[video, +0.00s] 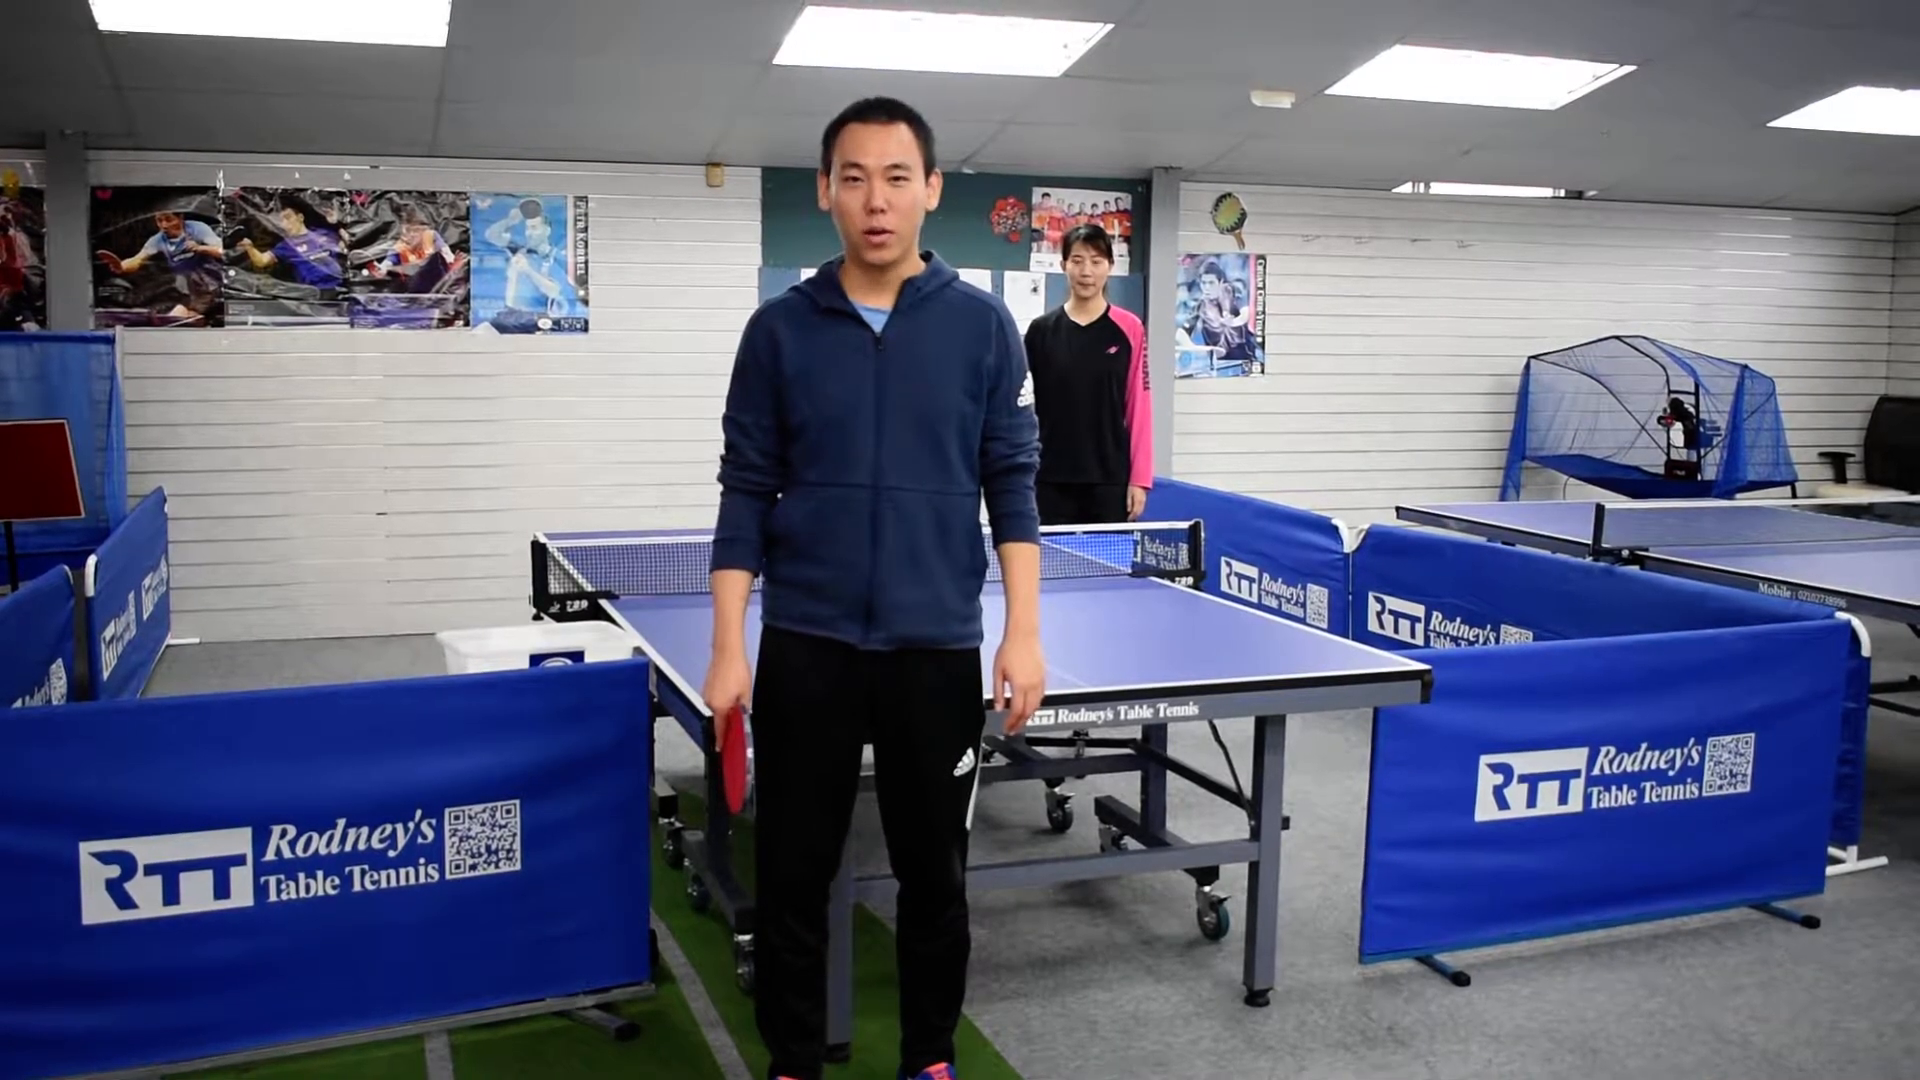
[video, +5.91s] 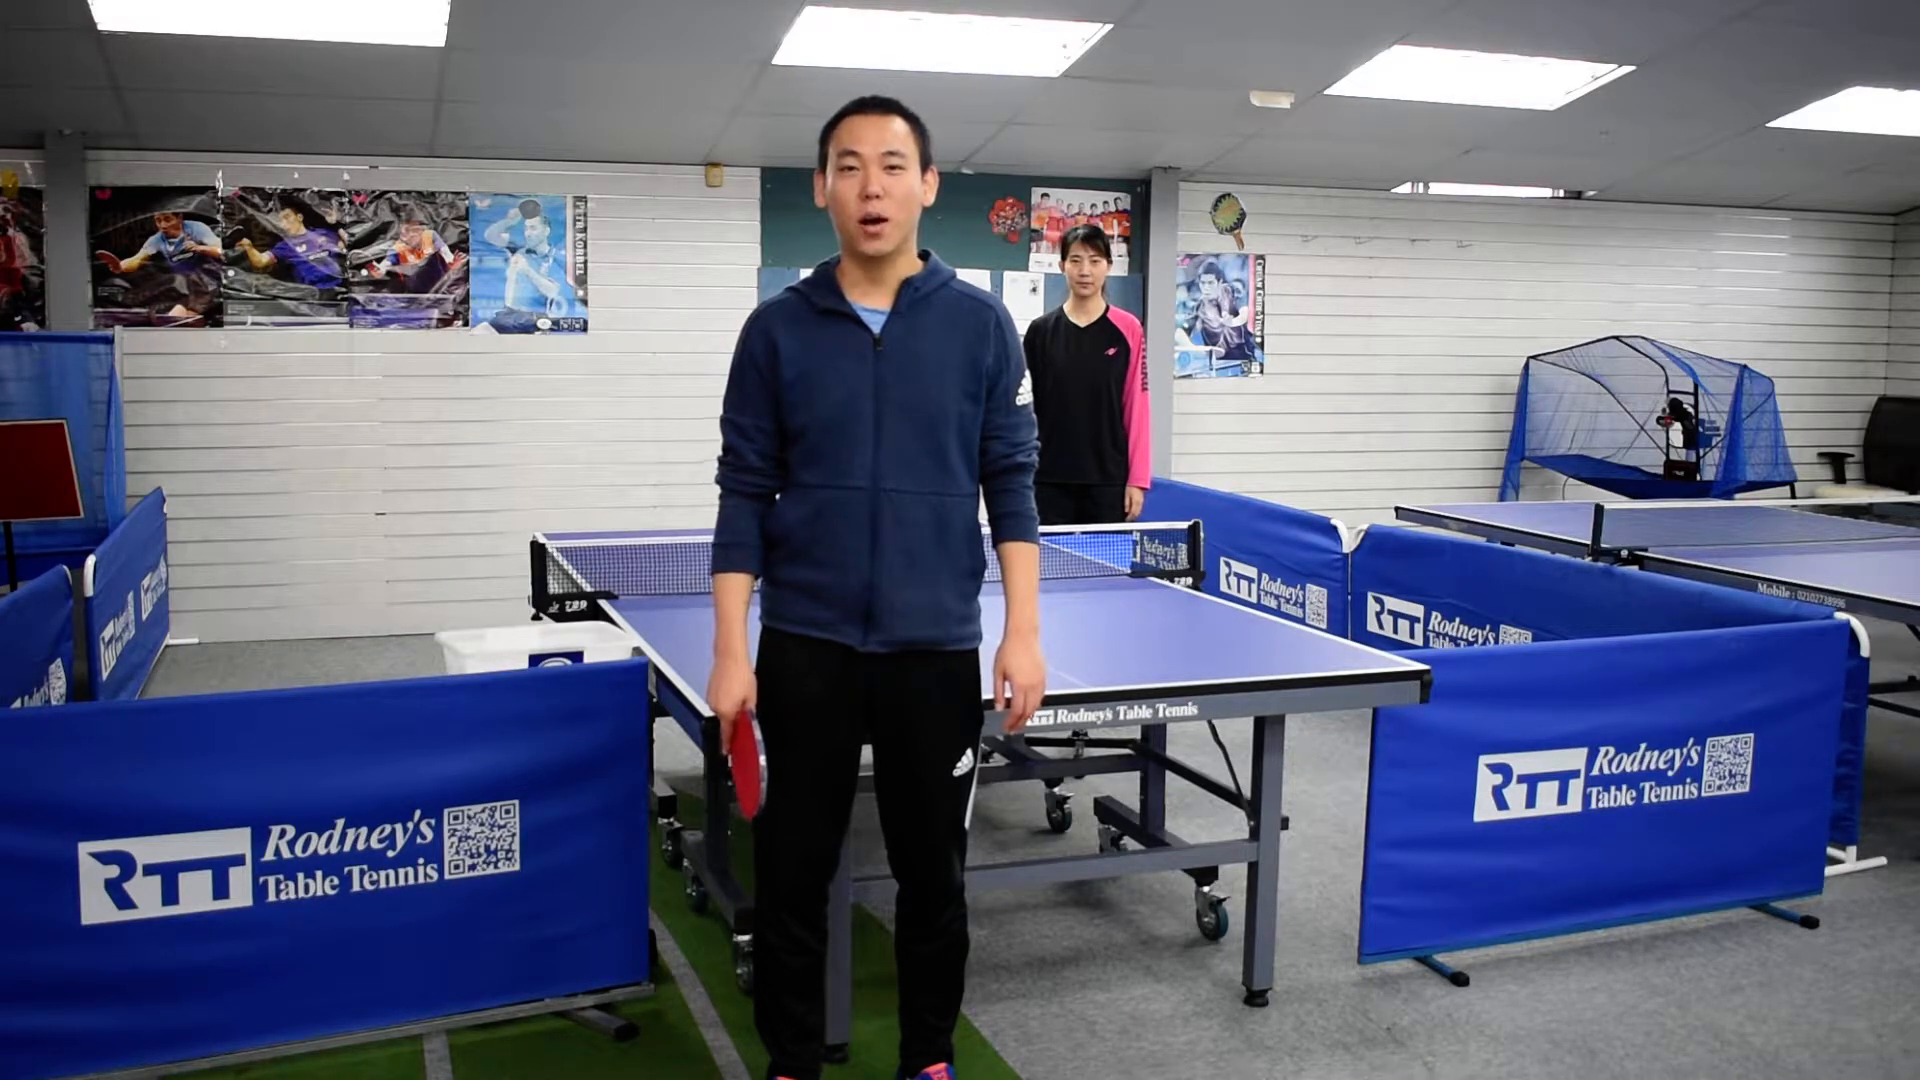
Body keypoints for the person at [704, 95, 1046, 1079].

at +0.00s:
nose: (876, 198)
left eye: (897, 178)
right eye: (855, 179)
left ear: (929, 194)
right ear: (827, 195)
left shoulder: (981, 326)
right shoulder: (780, 329)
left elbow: (1014, 483)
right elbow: (744, 489)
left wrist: (1024, 630)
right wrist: (727, 645)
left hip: (936, 646)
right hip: (807, 644)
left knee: (933, 876)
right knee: (791, 877)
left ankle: (930, 1061)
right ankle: (792, 1062)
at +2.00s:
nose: (866, 187)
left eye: (888, 167)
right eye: (845, 169)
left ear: (923, 188)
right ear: (820, 193)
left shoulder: (979, 326)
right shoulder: (776, 330)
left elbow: (1012, 484)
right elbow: (741, 491)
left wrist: (1021, 633)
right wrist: (728, 649)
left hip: (932, 645)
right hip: (805, 644)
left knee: (931, 874)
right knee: (789, 876)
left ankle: (930, 1061)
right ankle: (791, 1062)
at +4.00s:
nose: (866, 186)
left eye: (888, 166)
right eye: (845, 167)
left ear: (923, 188)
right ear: (820, 191)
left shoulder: (978, 325)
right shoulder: (775, 329)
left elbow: (1011, 482)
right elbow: (740, 490)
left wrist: (1022, 631)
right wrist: (728, 651)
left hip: (932, 644)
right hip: (804, 642)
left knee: (931, 871)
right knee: (789, 873)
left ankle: (929, 1060)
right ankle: (790, 1061)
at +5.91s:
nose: (870, 187)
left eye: (892, 167)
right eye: (849, 167)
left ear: (927, 189)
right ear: (823, 191)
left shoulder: (980, 325)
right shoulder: (777, 329)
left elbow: (1013, 482)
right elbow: (742, 490)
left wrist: (1023, 631)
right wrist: (730, 650)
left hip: (935, 644)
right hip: (806, 643)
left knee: (932, 874)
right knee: (791, 876)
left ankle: (930, 1060)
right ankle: (791, 1062)